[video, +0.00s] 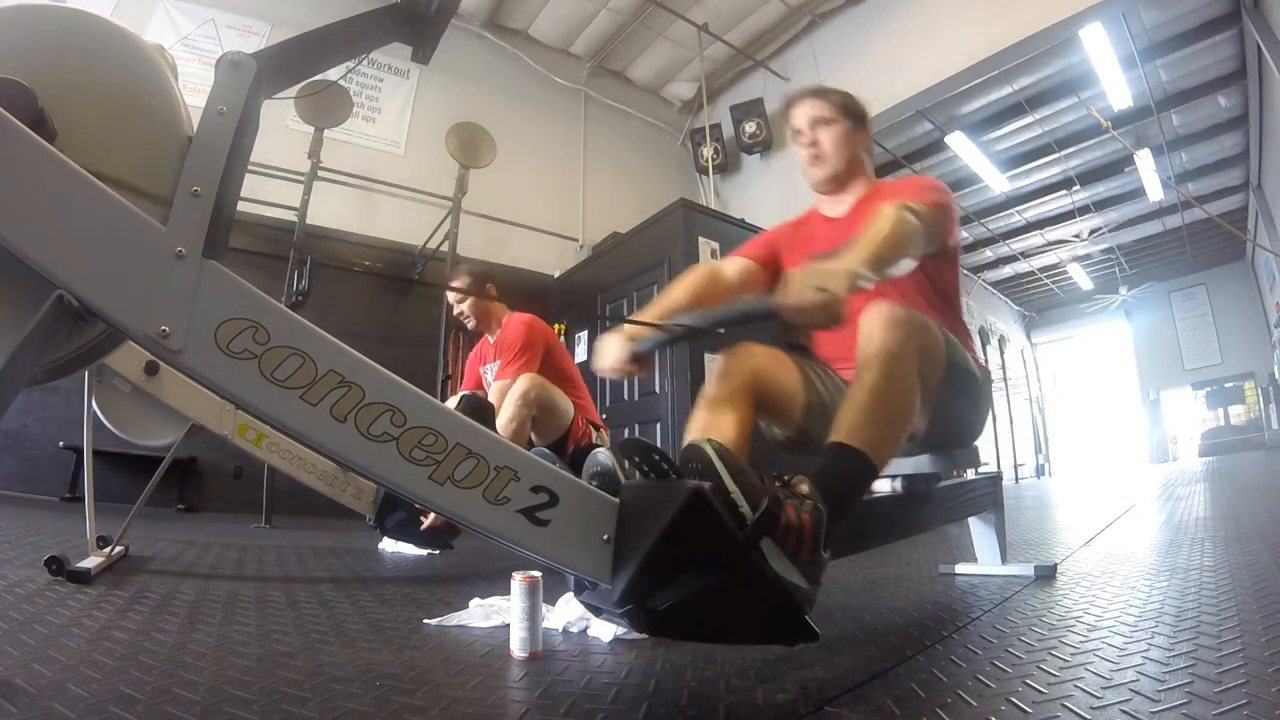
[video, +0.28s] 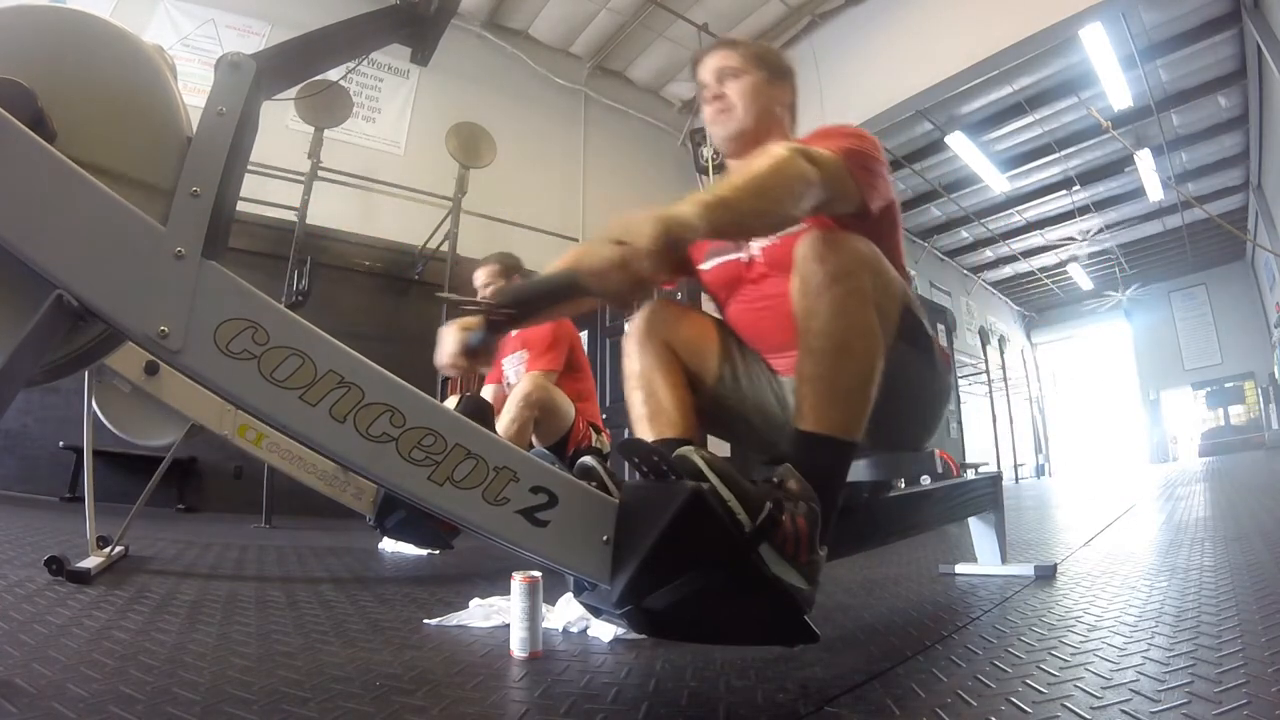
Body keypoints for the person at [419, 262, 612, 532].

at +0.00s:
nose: (457, 312)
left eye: (461, 301)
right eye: (452, 306)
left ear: (490, 291)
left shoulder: (523, 327)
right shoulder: (477, 354)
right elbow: (464, 414)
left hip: (582, 439)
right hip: (530, 444)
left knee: (528, 387)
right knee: (457, 404)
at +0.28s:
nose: (481, 296)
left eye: (488, 286)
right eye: (478, 291)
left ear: (516, 282)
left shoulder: (552, 323)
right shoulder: (503, 340)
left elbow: (536, 388)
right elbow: (490, 399)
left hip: (585, 440)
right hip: (529, 438)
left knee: (531, 389)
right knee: (454, 403)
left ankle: (489, 474)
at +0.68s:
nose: (548, 294)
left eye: (556, 286)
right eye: (544, 287)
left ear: (577, 285)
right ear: (541, 288)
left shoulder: (603, 325)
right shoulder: (552, 340)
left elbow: (622, 372)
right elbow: (518, 398)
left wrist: (574, 318)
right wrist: (488, 355)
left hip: (591, 444)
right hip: (544, 439)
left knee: (536, 387)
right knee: (471, 408)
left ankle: (493, 473)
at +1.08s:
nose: (581, 293)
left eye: (588, 285)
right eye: (579, 289)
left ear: (613, 291)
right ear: (579, 297)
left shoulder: (639, 327)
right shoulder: (583, 342)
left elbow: (673, 363)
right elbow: (553, 388)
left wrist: (663, 311)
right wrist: (565, 345)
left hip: (603, 433)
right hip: (563, 425)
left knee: (529, 372)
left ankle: (486, 457)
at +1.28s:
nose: (589, 295)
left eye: (597, 287)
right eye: (587, 292)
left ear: (621, 294)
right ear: (587, 301)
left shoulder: (639, 339)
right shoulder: (595, 347)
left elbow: (668, 398)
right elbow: (572, 404)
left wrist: (651, 335)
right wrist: (562, 365)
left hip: (607, 434)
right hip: (572, 430)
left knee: (534, 371)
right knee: (475, 401)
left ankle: (505, 468)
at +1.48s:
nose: (595, 295)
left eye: (602, 289)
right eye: (593, 292)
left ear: (626, 297)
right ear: (592, 303)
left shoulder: (641, 341)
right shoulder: (596, 349)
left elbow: (669, 397)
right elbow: (591, 404)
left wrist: (605, 373)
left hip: (613, 436)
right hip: (574, 431)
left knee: (537, 380)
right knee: (477, 403)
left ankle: (530, 476)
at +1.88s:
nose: (598, 295)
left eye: (607, 290)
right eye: (596, 290)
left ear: (627, 298)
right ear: (594, 297)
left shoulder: (641, 339)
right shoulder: (599, 346)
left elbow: (667, 394)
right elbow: (602, 400)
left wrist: (591, 407)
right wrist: (570, 408)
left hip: (617, 436)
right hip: (583, 430)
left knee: (535, 417)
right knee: (489, 399)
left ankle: (488, 550)